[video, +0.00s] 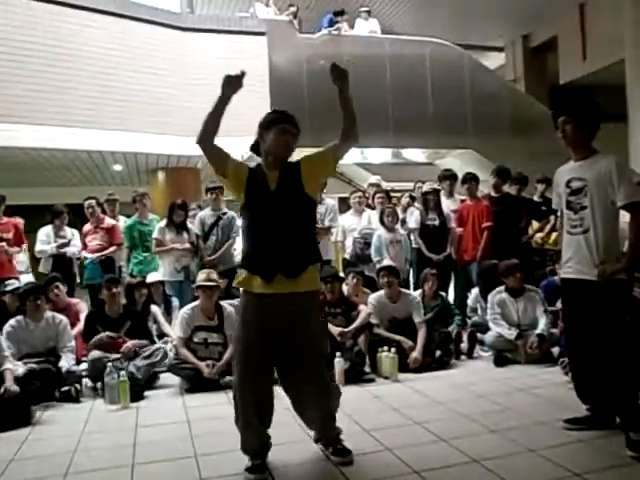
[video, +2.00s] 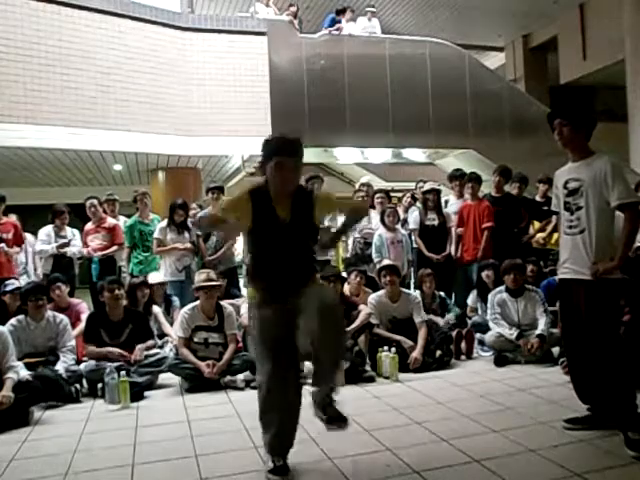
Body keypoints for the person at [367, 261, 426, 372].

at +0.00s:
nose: (387, 280)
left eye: (390, 276)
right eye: (383, 277)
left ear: (398, 279)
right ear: (379, 281)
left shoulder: (412, 299)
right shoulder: (374, 300)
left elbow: (421, 327)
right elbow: (375, 328)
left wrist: (418, 351)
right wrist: (401, 340)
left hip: (408, 329)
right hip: (386, 331)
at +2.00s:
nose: (389, 279)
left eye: (392, 275)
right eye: (385, 276)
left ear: (399, 277)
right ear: (380, 281)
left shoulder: (413, 299)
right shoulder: (374, 300)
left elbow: (422, 326)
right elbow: (375, 329)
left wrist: (418, 351)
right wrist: (401, 339)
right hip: (387, 337)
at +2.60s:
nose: (389, 280)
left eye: (392, 276)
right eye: (384, 277)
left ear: (399, 278)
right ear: (380, 280)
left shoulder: (414, 298)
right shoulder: (374, 299)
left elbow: (422, 326)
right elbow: (374, 328)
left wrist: (418, 351)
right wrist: (401, 339)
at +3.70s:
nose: (392, 281)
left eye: (395, 277)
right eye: (387, 278)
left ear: (401, 280)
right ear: (383, 282)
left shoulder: (415, 300)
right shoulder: (376, 301)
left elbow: (424, 328)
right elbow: (377, 330)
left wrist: (420, 353)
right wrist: (403, 341)